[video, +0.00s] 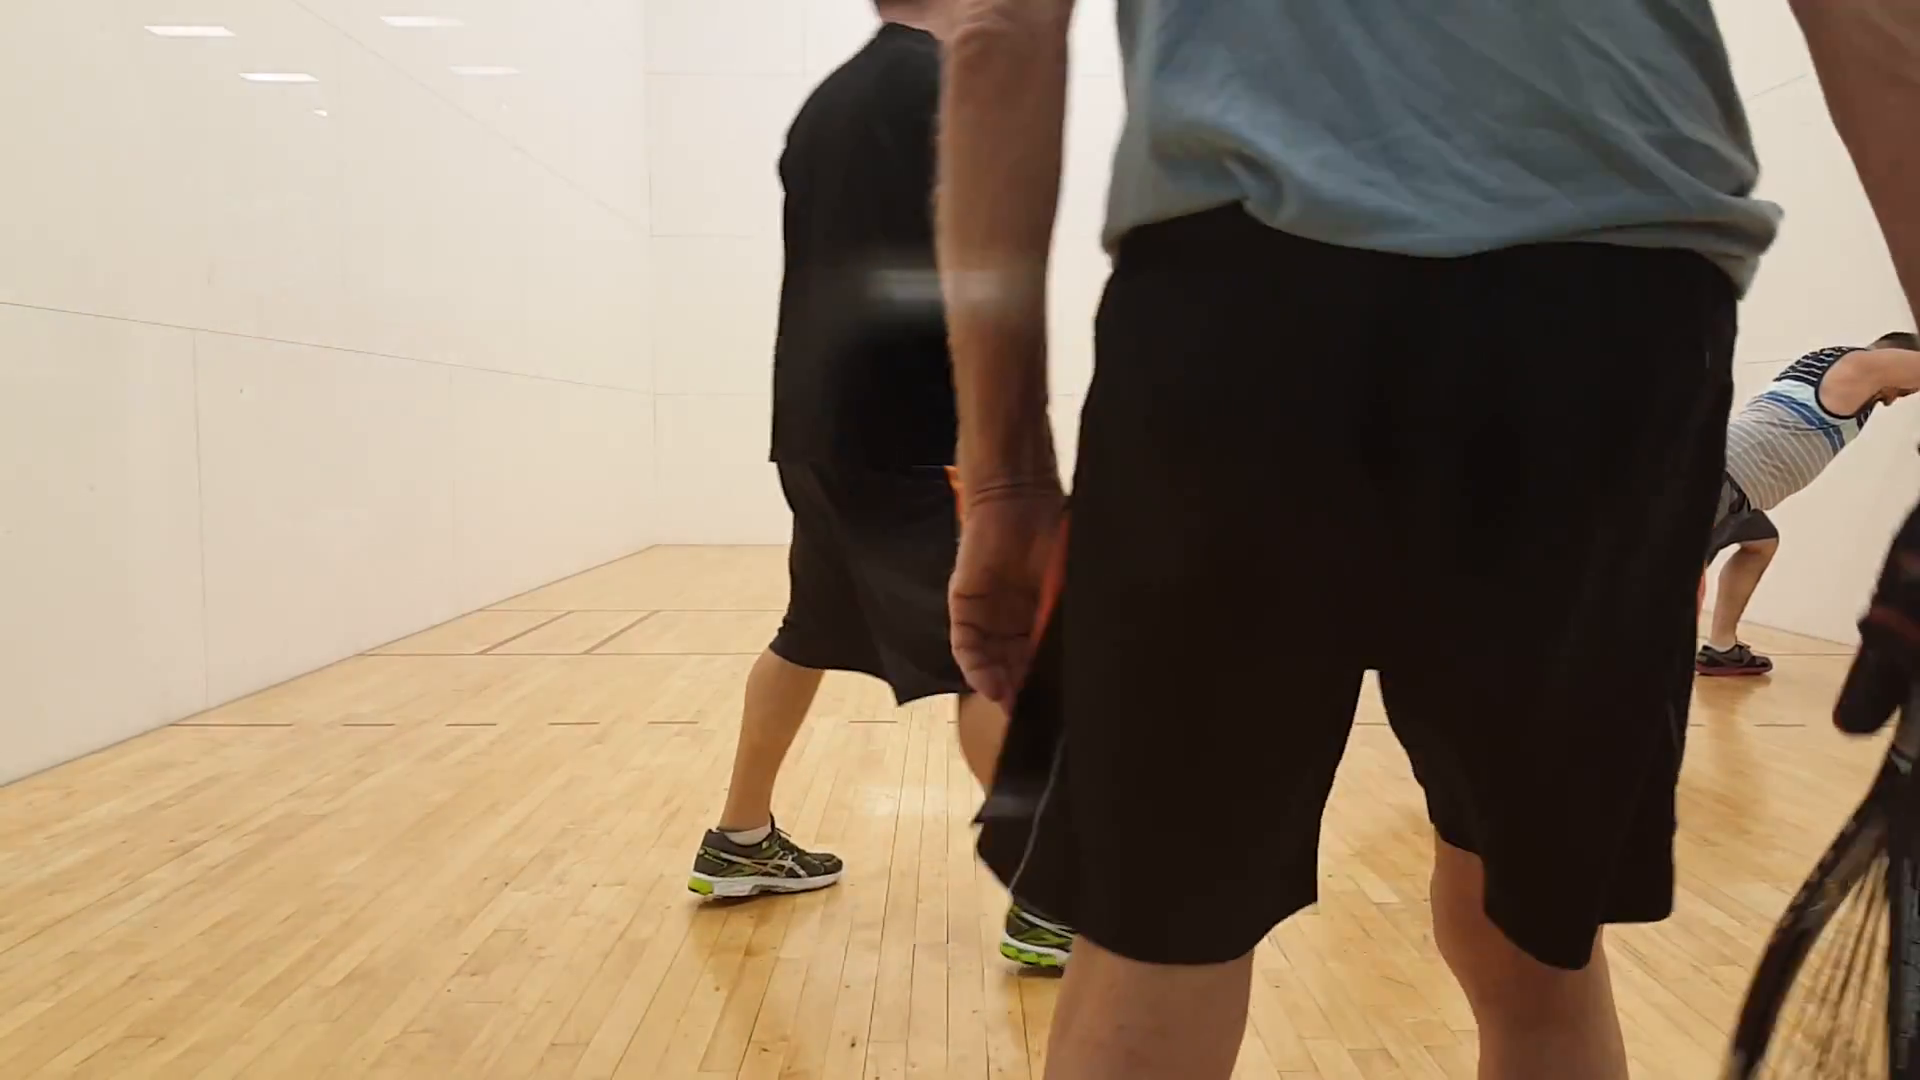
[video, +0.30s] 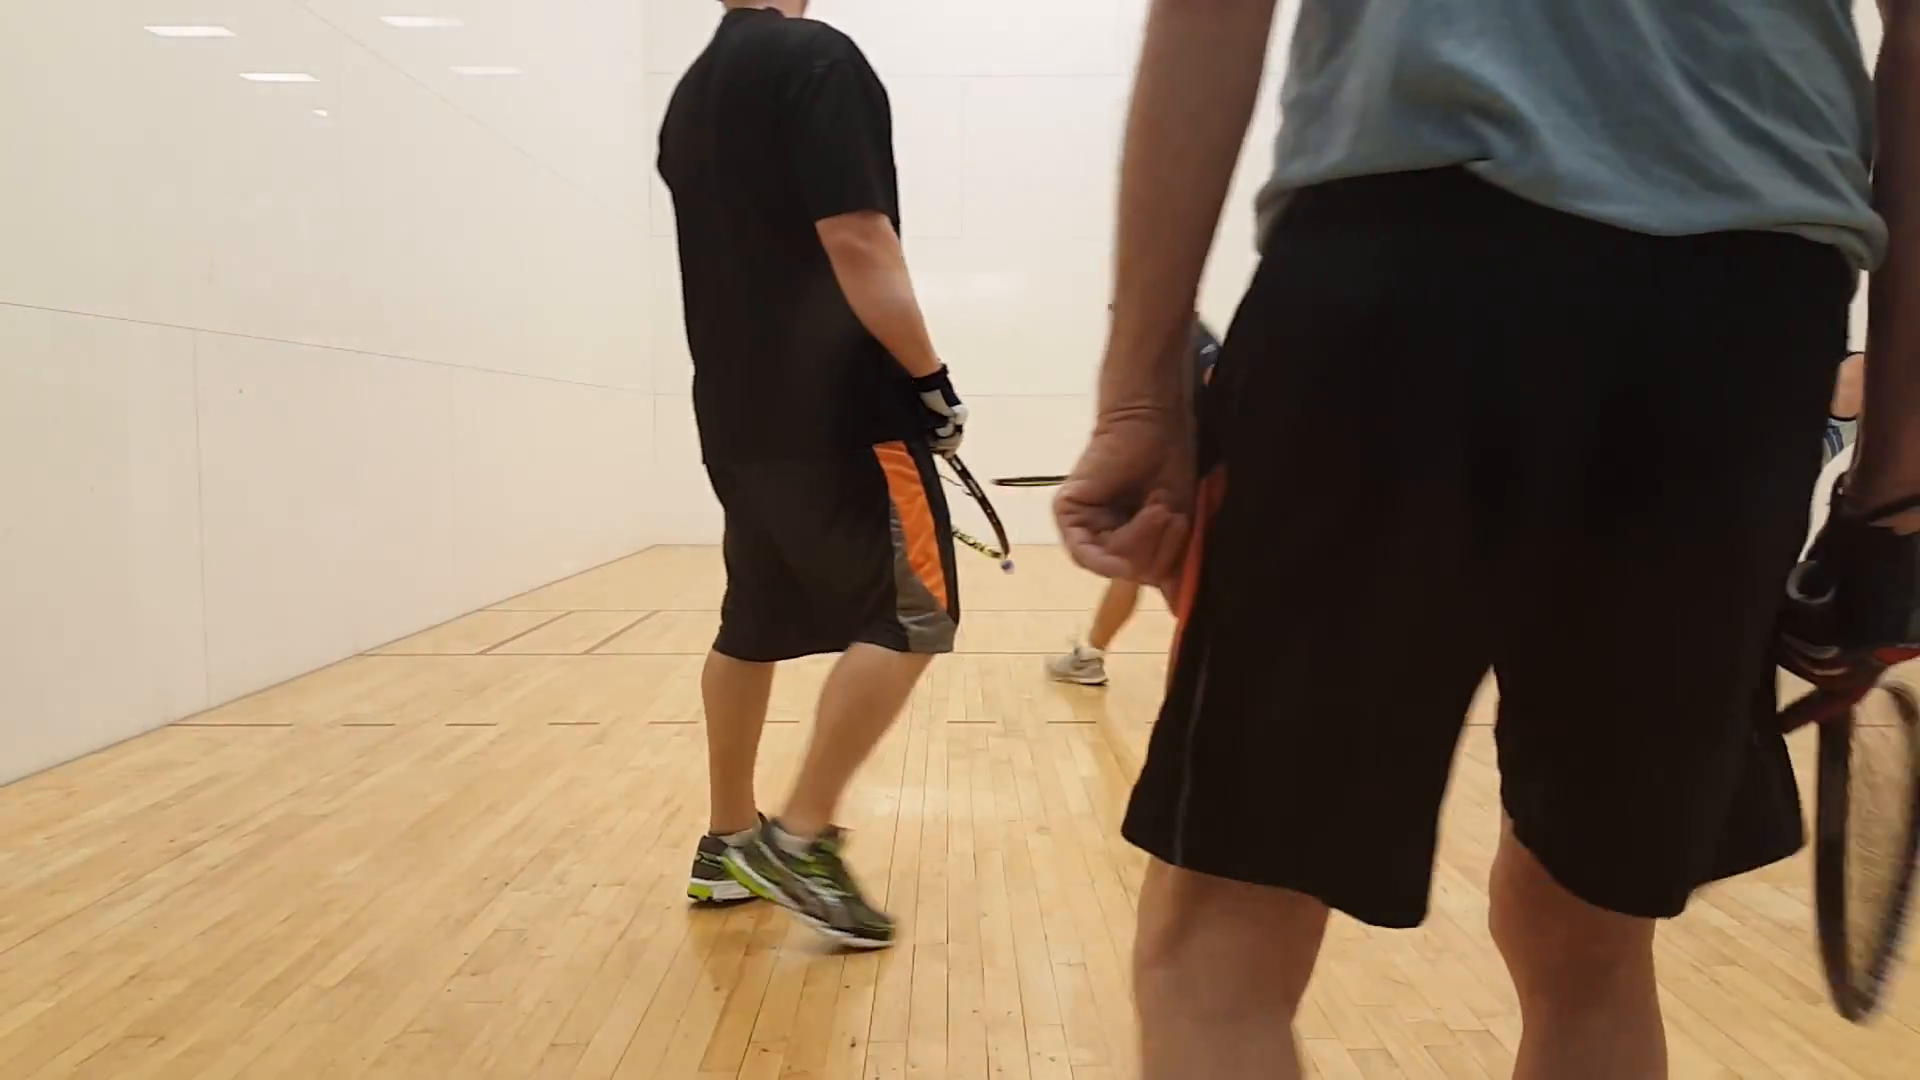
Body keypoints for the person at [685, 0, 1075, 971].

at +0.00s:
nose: (1001, 17)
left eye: (999, 13)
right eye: (993, 9)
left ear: (886, 2)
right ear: (954, 6)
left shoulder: (830, 99)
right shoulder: (959, 92)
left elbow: (810, 272)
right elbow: (980, 282)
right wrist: (988, 442)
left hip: (815, 433)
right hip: (915, 438)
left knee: (810, 623)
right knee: (987, 655)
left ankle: (740, 832)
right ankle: (1045, 895)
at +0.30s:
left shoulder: (693, 93)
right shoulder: (822, 61)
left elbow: (722, 268)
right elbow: (858, 242)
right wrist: (931, 379)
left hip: (740, 412)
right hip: (837, 409)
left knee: (753, 615)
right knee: (915, 615)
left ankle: (728, 840)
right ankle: (801, 833)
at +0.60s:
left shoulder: (578, 72)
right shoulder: (755, 53)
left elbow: (544, 258)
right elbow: (794, 242)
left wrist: (586, 387)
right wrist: (863, 384)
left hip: (635, 414)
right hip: (755, 411)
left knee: (695, 633)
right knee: (791, 639)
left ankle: (726, 839)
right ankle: (656, 867)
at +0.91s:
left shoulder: (467, 16)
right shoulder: (676, 13)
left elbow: (372, 164)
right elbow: (699, 170)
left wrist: (296, 319)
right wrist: (770, 354)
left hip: (507, 386)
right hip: (641, 391)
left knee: (577, 645)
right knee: (612, 668)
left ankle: (604, 853)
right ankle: (580, 934)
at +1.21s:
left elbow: (179, 75)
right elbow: (526, 64)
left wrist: (56, 221)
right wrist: (640, 261)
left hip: (363, 364)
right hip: (524, 371)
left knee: (340, 636)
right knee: (564, 641)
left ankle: (215, 899)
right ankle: (583, 925)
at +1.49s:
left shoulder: (112, 14)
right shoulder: (389, 2)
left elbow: (80, 153)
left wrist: (155, 231)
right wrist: (517, 220)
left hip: (149, 378)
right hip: (345, 373)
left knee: (125, 707)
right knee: (437, 664)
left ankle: (91, 1034)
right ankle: (550, 919)